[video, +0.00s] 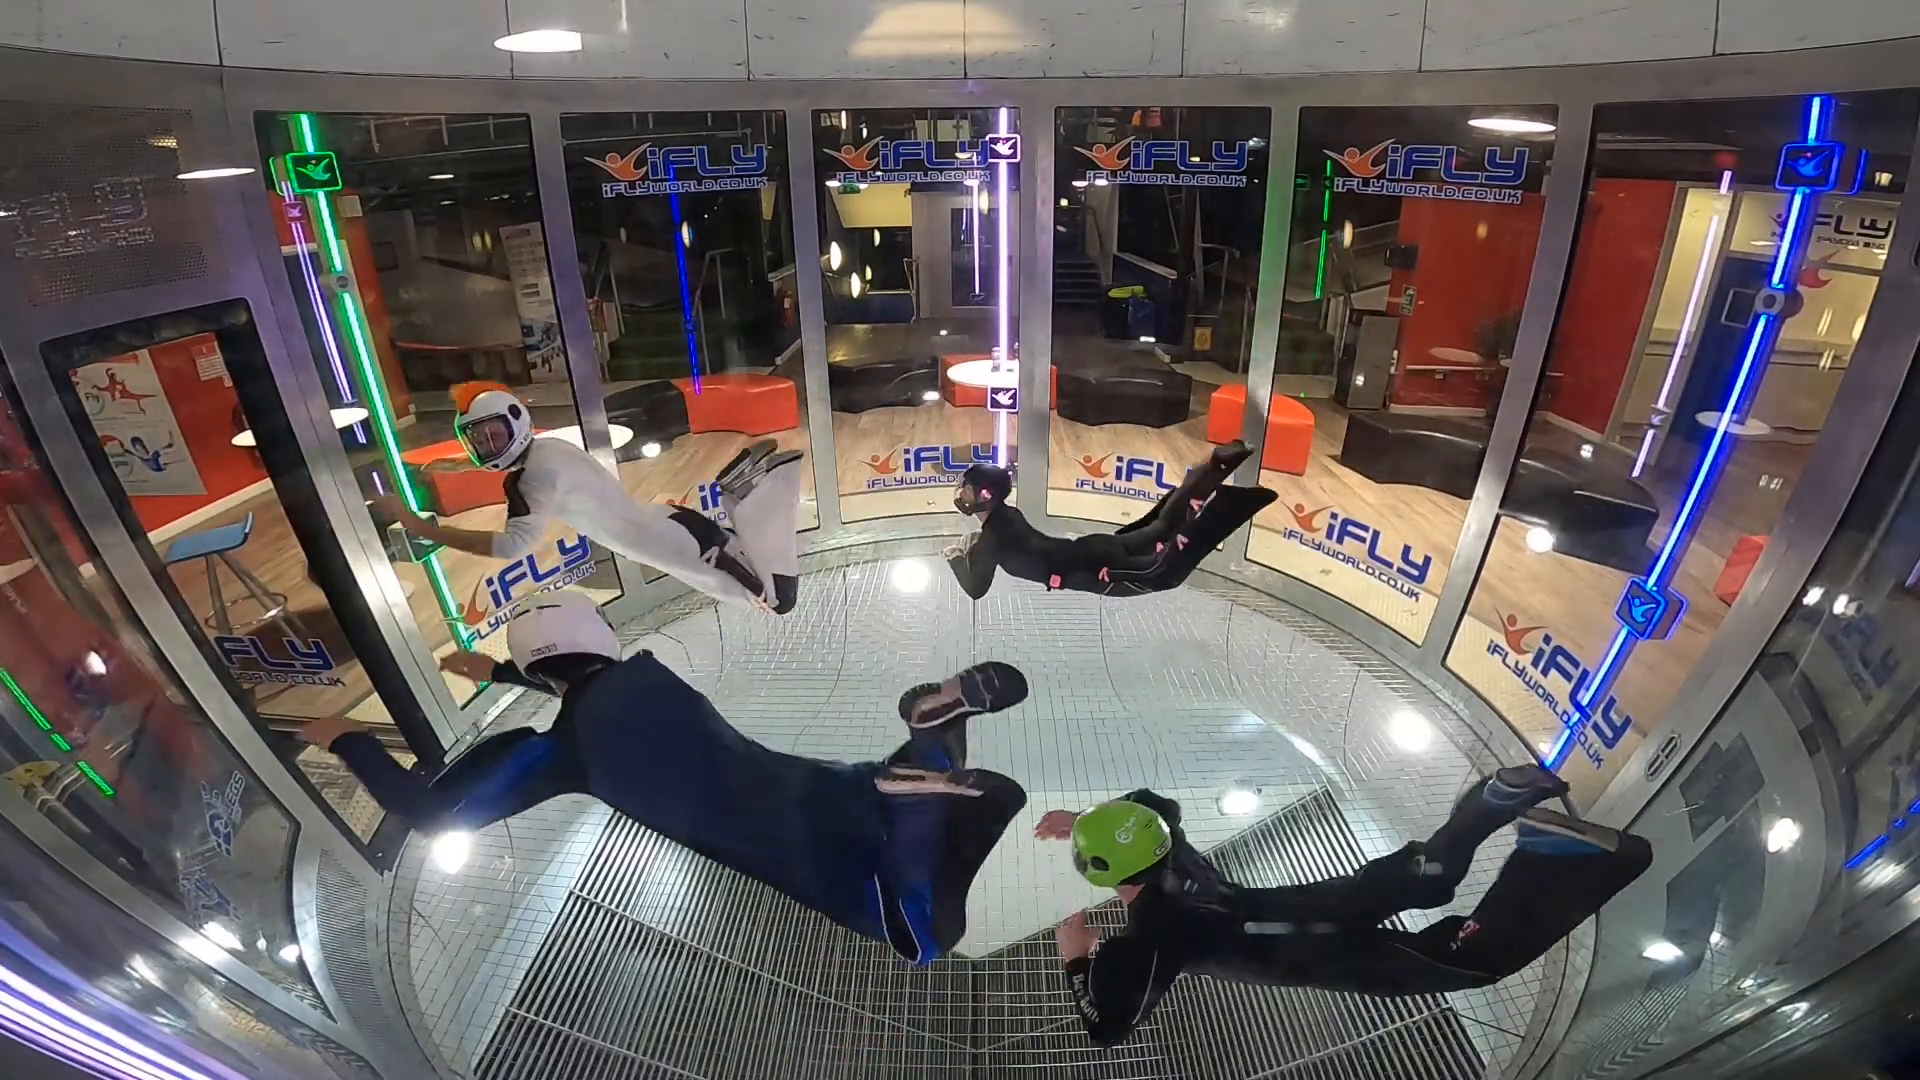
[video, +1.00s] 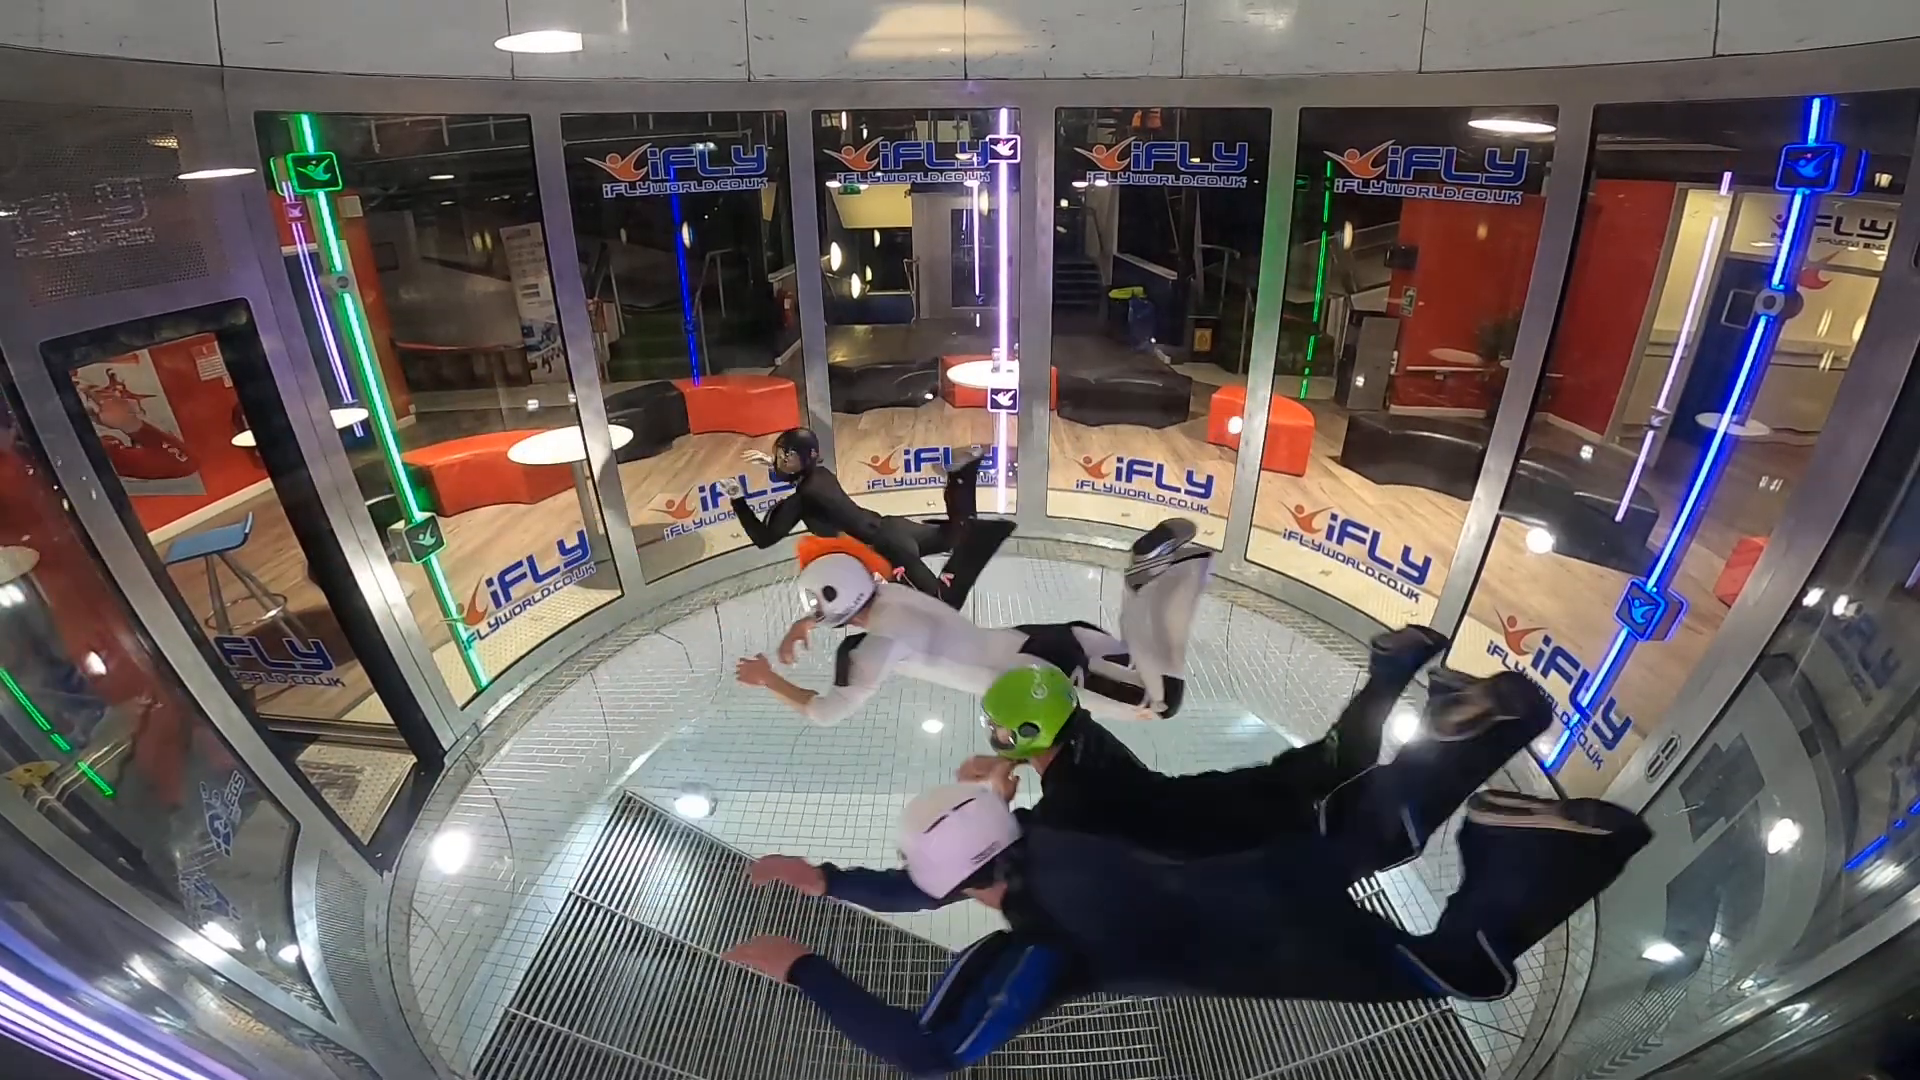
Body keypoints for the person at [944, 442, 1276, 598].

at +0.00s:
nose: (958, 493)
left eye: (965, 489)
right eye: (961, 486)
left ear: (984, 499)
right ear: (987, 496)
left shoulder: (993, 535)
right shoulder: (1002, 515)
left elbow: (975, 588)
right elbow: (983, 574)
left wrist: (956, 558)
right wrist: (969, 553)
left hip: (1089, 569)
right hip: (1088, 548)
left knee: (1163, 571)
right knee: (1153, 531)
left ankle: (1222, 507)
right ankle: (1211, 470)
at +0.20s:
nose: (937, 493)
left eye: (943, 489)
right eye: (939, 487)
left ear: (962, 493)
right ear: (966, 490)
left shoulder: (974, 525)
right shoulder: (980, 511)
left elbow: (950, 580)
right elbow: (959, 563)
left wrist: (934, 557)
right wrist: (945, 552)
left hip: (1068, 559)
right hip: (1068, 540)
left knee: (1136, 575)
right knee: (1136, 513)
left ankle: (1196, 510)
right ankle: (1186, 441)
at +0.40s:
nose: (905, 485)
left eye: (911, 480)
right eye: (908, 478)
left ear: (929, 484)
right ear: (933, 481)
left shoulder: (940, 515)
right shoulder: (949, 497)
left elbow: (912, 566)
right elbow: (919, 554)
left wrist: (884, 541)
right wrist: (895, 545)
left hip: (1025, 554)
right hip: (1029, 530)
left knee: (1094, 585)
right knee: (1099, 514)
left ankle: (1142, 525)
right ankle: (1132, 454)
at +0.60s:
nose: (867, 468)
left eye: (874, 464)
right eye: (869, 462)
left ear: (893, 469)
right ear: (897, 467)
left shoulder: (898, 500)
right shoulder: (910, 483)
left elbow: (860, 547)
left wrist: (845, 507)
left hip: (977, 545)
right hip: (983, 521)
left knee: (1044, 589)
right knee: (1056, 520)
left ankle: (1078, 532)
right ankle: (1091, 473)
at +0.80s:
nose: (827, 459)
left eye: (835, 454)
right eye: (828, 452)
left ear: (853, 458)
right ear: (853, 457)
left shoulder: (851, 497)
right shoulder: (866, 475)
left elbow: (812, 536)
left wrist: (797, 502)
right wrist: (821, 508)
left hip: (931, 548)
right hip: (938, 527)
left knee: (981, 595)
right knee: (1004, 527)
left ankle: (1025, 549)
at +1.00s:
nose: (779, 462)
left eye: (786, 456)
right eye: (779, 455)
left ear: (803, 460)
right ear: (803, 456)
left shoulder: (803, 496)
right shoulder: (819, 475)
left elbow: (764, 538)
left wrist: (738, 502)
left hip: (888, 544)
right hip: (892, 524)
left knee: (944, 600)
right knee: (957, 534)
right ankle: (960, 475)